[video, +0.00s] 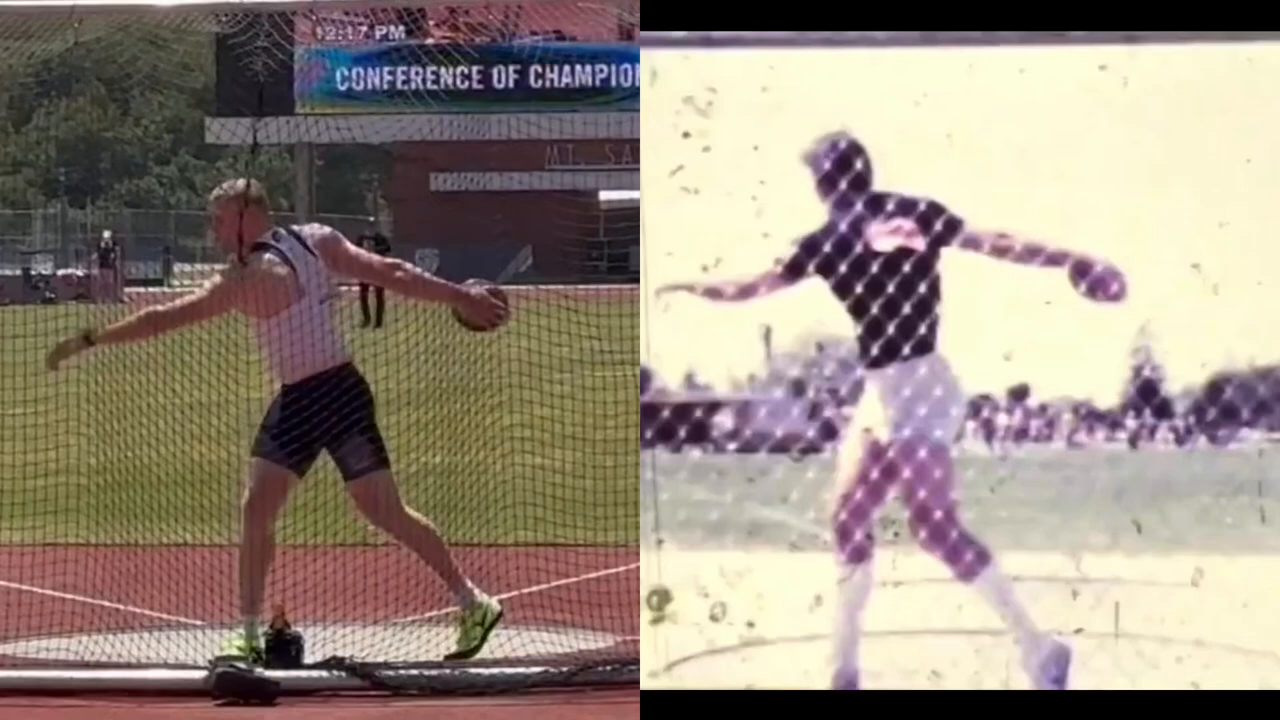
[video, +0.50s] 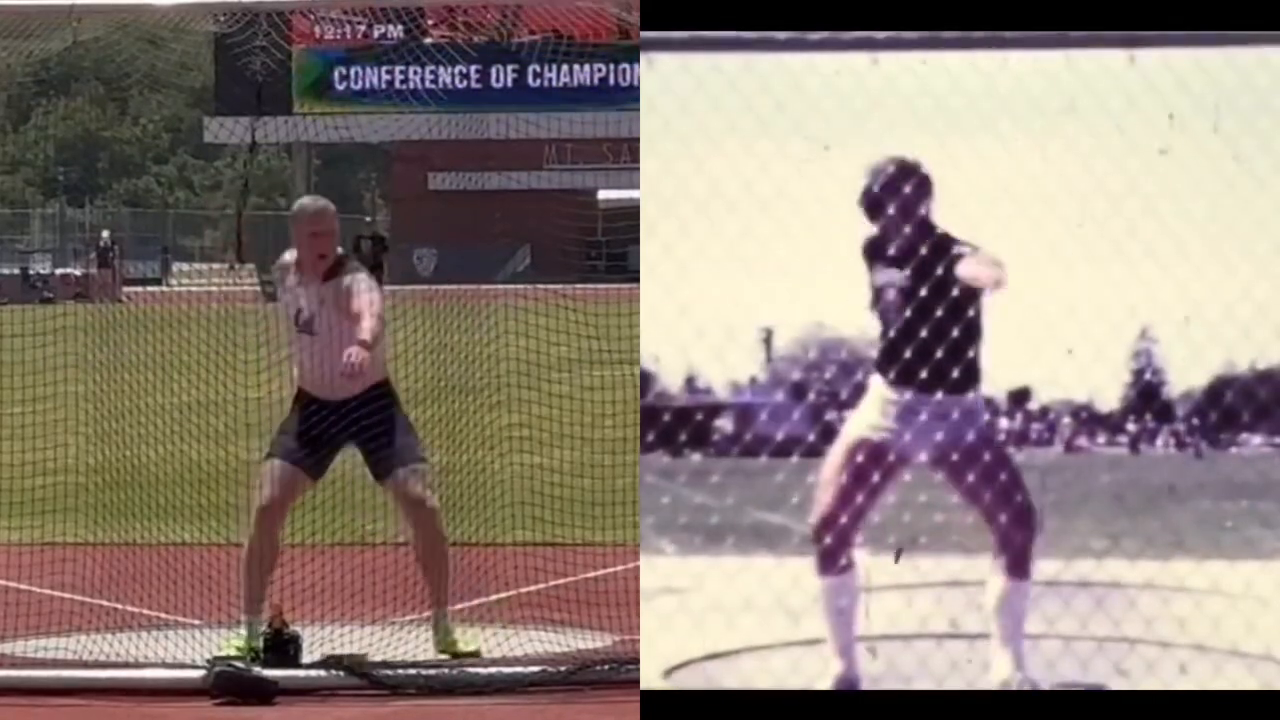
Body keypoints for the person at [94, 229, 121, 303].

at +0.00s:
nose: (106, 239)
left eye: (108, 237)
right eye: (105, 237)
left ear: (111, 237)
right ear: (102, 237)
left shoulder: (114, 246)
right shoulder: (100, 246)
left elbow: (116, 257)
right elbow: (98, 255)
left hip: (111, 268)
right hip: (102, 268)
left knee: (110, 283)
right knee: (102, 283)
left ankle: (111, 298)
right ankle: (101, 298)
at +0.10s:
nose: (106, 239)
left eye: (108, 237)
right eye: (105, 237)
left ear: (110, 237)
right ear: (102, 237)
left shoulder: (114, 246)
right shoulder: (100, 245)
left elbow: (116, 256)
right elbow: (97, 255)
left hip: (110, 267)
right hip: (102, 267)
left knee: (110, 283)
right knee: (102, 283)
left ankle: (111, 297)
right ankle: (102, 298)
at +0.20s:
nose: (105, 239)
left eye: (107, 237)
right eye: (104, 237)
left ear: (109, 237)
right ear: (102, 237)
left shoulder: (113, 245)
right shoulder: (99, 245)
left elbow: (115, 255)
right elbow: (97, 254)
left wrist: (114, 262)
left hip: (110, 267)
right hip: (101, 267)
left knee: (109, 283)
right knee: (102, 283)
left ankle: (110, 297)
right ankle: (101, 297)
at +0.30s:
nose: (105, 239)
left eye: (107, 237)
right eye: (104, 237)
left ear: (110, 237)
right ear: (102, 237)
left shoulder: (113, 245)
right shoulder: (99, 245)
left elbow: (116, 255)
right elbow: (97, 254)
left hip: (110, 267)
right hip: (101, 267)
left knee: (110, 283)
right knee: (101, 283)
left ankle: (111, 297)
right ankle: (101, 297)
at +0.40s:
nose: (105, 239)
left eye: (107, 237)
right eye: (103, 237)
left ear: (109, 237)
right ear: (101, 237)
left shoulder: (112, 245)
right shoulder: (99, 245)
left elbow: (115, 255)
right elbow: (97, 254)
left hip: (109, 266)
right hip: (101, 266)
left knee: (109, 282)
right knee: (102, 283)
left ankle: (110, 297)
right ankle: (101, 297)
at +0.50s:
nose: (105, 239)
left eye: (106, 237)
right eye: (103, 237)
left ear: (109, 237)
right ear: (101, 237)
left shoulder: (112, 245)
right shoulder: (99, 245)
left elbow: (115, 256)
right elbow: (97, 254)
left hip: (109, 267)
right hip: (100, 267)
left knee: (109, 282)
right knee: (101, 283)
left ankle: (110, 297)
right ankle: (101, 297)